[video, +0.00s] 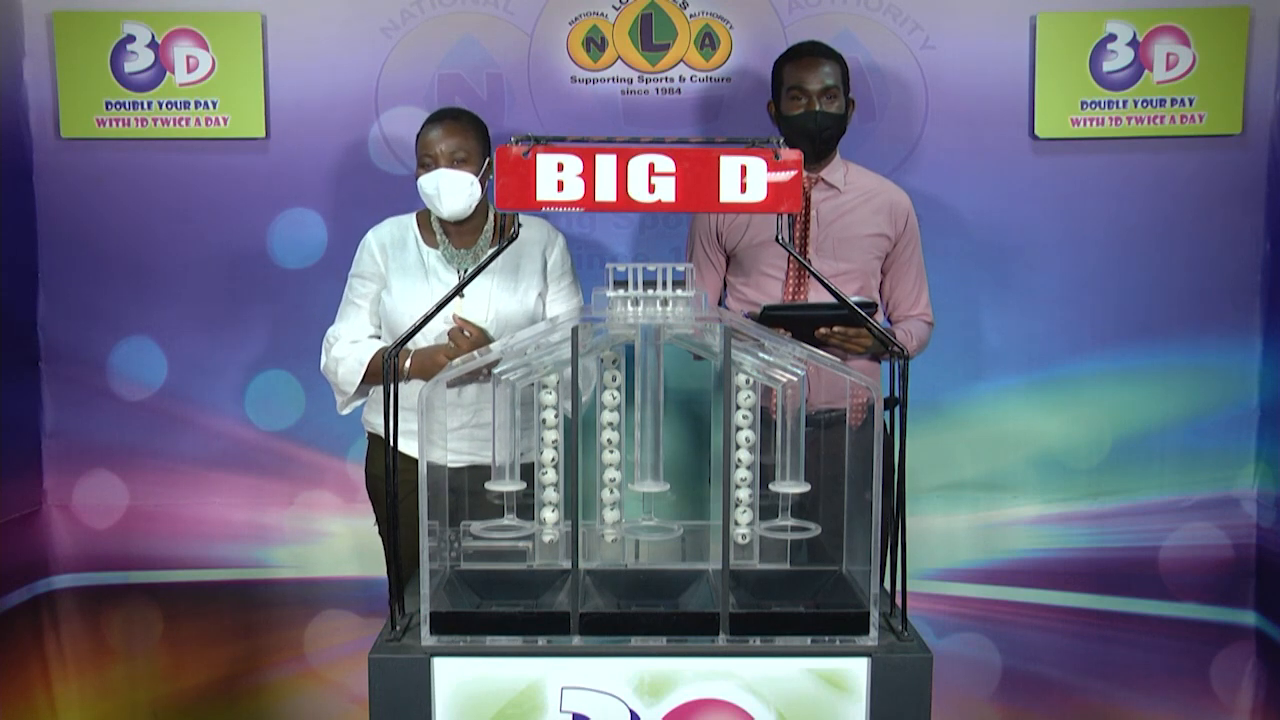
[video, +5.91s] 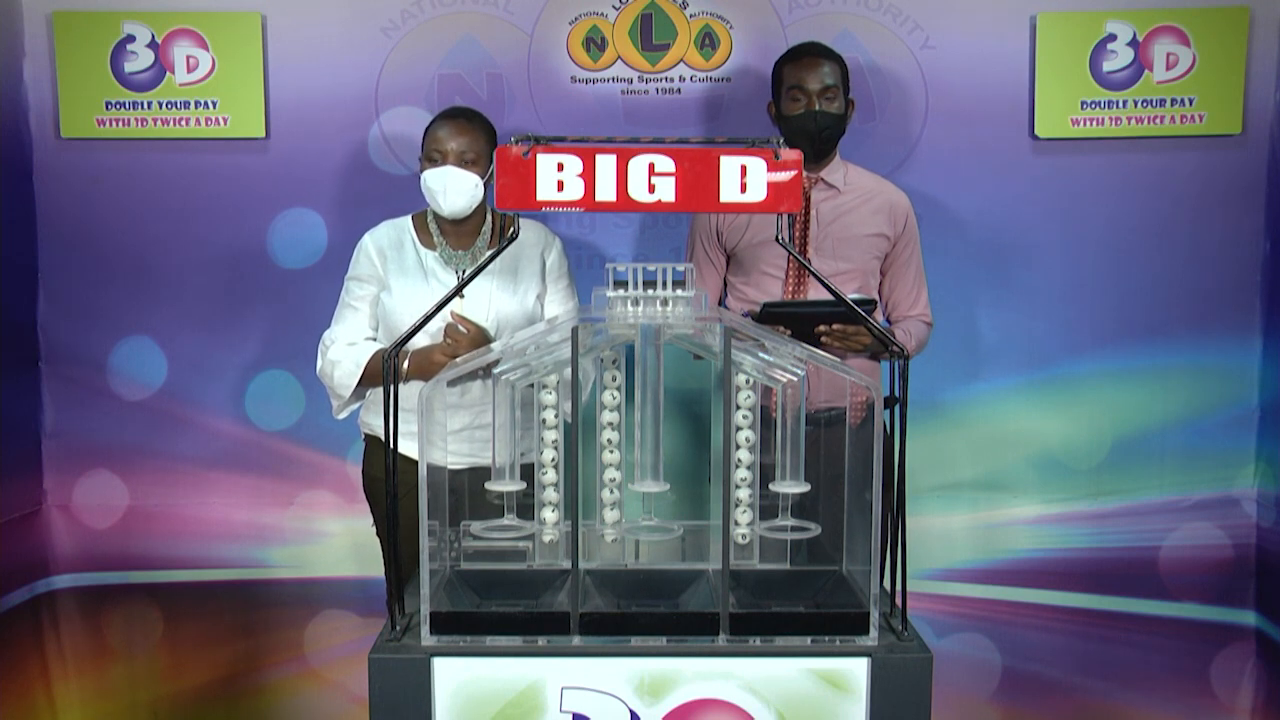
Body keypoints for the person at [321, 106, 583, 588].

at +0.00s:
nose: (445, 177)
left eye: (459, 161)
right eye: (431, 164)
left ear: (487, 166)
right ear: (418, 172)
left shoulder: (540, 243)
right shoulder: (383, 245)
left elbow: (571, 354)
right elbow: (341, 356)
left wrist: (498, 357)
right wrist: (420, 361)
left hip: (509, 461)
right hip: (407, 462)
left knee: (503, 616)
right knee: (416, 615)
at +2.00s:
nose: (444, 180)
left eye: (459, 164)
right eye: (430, 167)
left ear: (487, 167)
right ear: (417, 174)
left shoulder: (544, 247)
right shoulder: (385, 247)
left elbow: (574, 362)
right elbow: (342, 358)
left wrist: (502, 355)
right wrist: (423, 361)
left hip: (512, 465)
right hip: (408, 465)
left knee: (505, 617)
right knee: (416, 616)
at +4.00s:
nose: (442, 179)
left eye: (456, 163)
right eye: (427, 166)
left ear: (480, 167)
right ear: (412, 171)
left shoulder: (535, 244)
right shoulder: (378, 247)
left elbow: (566, 350)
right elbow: (337, 363)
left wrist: (501, 353)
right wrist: (431, 360)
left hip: (507, 461)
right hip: (405, 461)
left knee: (501, 616)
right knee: (416, 616)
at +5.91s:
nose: (449, 174)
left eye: (465, 161)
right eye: (435, 159)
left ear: (491, 167)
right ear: (421, 165)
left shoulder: (538, 247)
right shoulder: (381, 247)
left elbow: (567, 363)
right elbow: (337, 360)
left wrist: (494, 359)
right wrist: (414, 362)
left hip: (506, 466)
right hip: (404, 465)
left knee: (500, 618)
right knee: (415, 617)